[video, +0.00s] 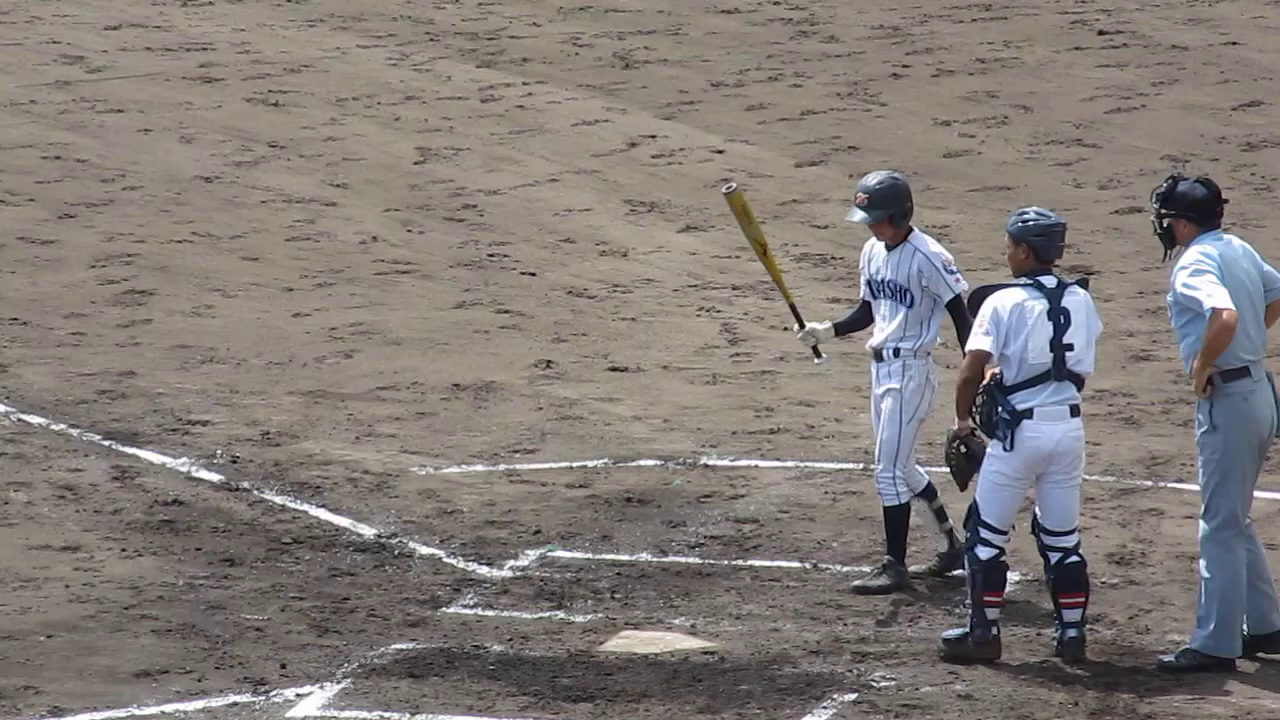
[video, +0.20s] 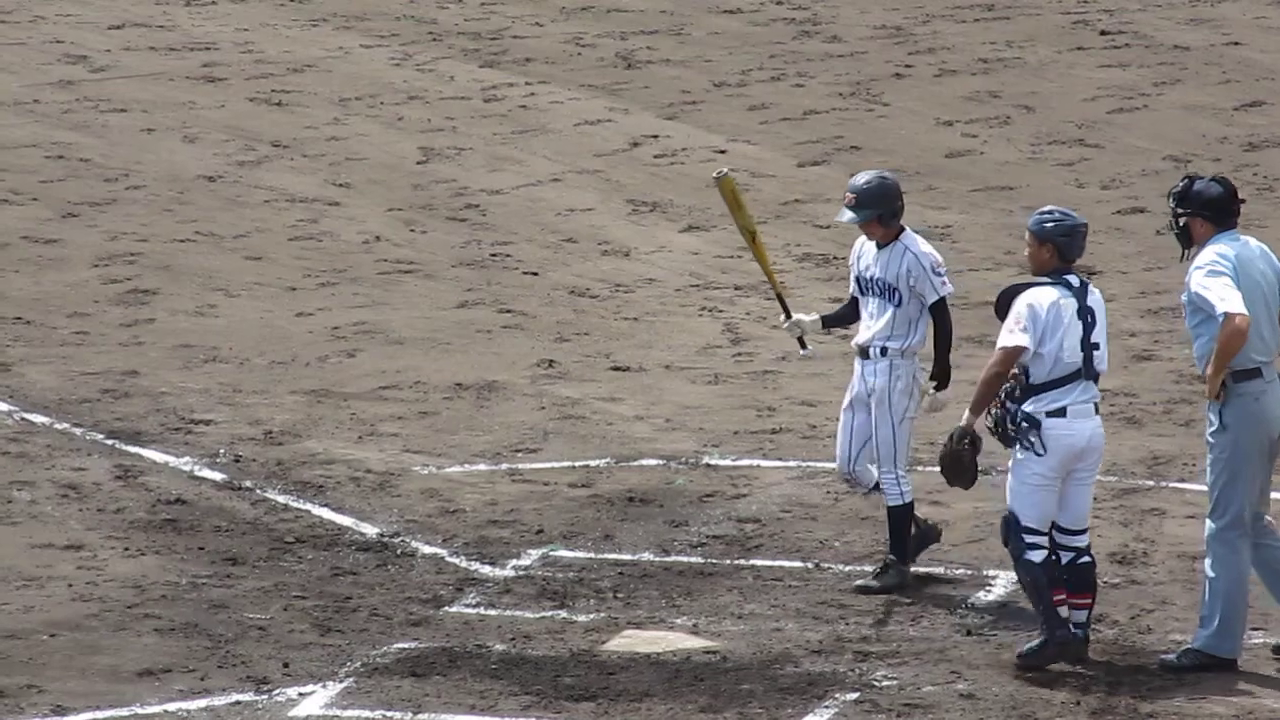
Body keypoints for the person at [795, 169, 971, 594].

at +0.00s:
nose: (869, 226)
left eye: (874, 219)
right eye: (867, 219)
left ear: (895, 217)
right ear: (877, 217)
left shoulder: (930, 257)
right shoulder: (873, 250)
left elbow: (962, 315)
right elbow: (868, 310)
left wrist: (974, 370)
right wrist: (829, 329)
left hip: (909, 372)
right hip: (882, 370)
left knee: (889, 470)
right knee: (900, 466)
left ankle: (894, 566)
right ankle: (953, 544)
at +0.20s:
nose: (860, 227)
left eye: (865, 220)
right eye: (858, 220)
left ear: (887, 217)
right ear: (866, 217)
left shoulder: (920, 257)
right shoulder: (863, 248)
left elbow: (941, 316)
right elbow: (857, 309)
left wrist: (941, 369)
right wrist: (813, 322)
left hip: (895, 370)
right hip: (863, 367)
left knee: (892, 467)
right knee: (852, 466)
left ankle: (897, 563)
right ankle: (916, 529)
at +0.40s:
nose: (839, 231)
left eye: (842, 224)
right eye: (837, 224)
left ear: (861, 220)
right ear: (854, 221)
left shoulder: (901, 259)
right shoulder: (846, 250)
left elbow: (918, 323)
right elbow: (844, 305)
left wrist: (897, 377)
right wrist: (799, 315)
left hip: (879, 373)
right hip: (842, 370)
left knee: (888, 472)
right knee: (808, 459)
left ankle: (898, 562)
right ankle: (826, 554)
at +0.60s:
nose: (805, 239)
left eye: (808, 232)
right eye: (803, 233)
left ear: (829, 226)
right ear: (822, 227)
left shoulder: (871, 265)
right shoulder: (819, 258)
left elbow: (885, 330)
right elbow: (821, 309)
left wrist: (847, 371)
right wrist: (773, 313)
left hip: (849, 379)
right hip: (813, 376)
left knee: (872, 474)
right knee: (777, 466)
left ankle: (899, 564)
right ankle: (744, 559)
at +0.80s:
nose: (765, 239)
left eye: (768, 233)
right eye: (764, 233)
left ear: (789, 229)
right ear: (791, 228)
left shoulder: (827, 269)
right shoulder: (783, 261)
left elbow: (836, 335)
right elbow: (782, 314)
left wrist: (798, 377)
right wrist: (735, 312)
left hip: (793, 385)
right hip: (762, 378)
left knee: (814, 486)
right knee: (733, 472)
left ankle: (880, 548)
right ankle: (733, 568)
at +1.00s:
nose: (735, 233)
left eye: (739, 227)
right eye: (734, 226)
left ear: (760, 227)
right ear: (762, 226)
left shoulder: (788, 273)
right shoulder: (760, 260)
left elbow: (800, 338)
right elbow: (753, 315)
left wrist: (795, 398)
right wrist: (706, 307)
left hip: (751, 387)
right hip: (731, 380)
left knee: (714, 485)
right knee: (710, 481)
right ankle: (728, 573)